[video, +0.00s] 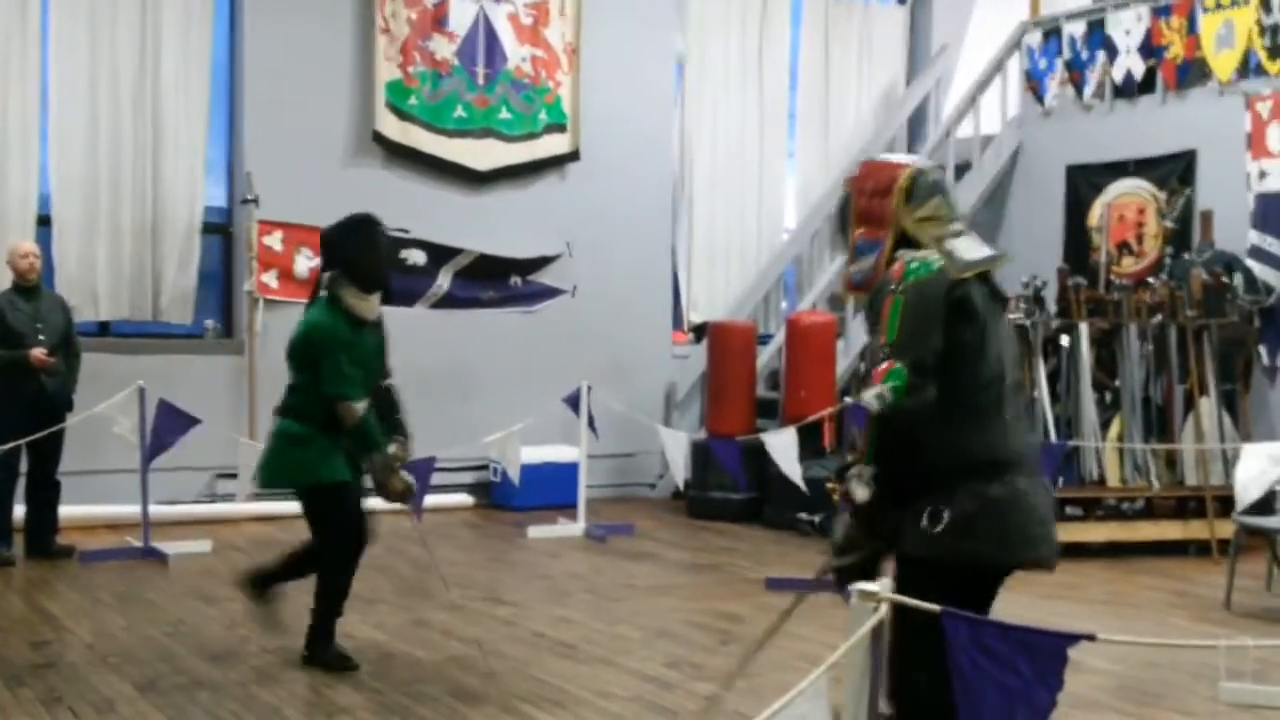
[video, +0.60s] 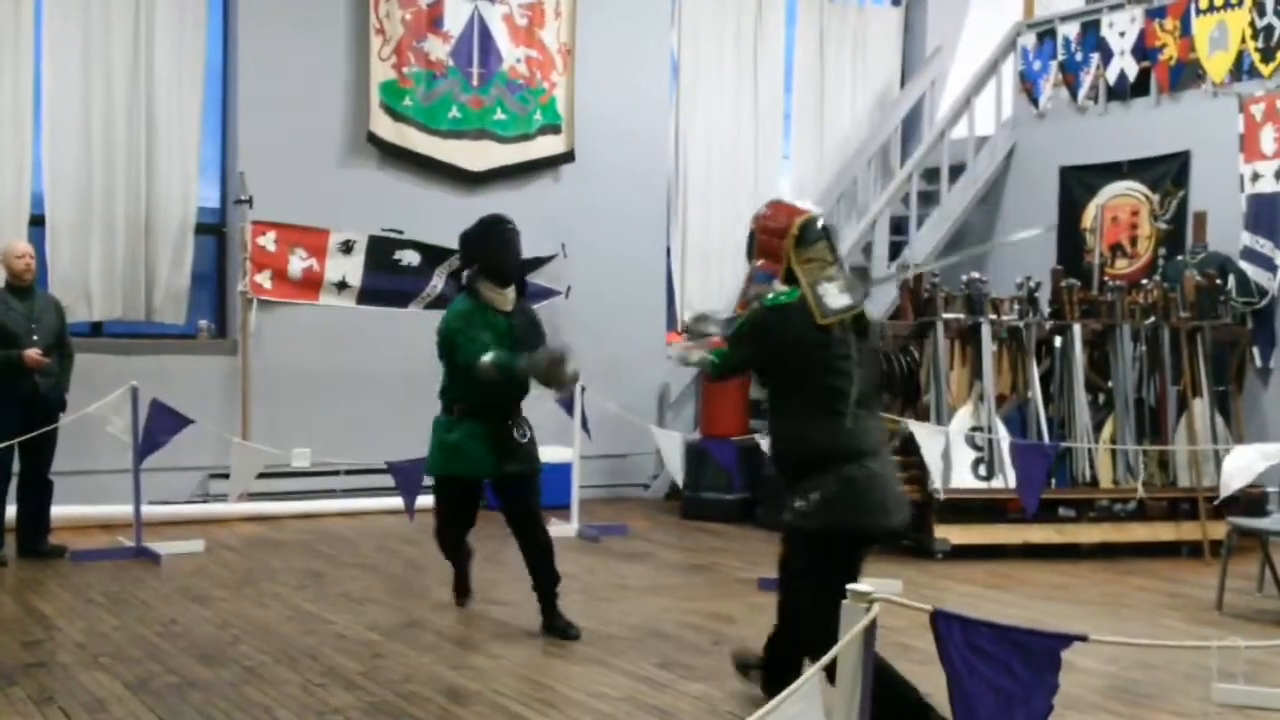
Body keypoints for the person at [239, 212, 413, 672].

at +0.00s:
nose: (385, 262)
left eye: (383, 254)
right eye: (377, 254)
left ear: (353, 264)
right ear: (355, 262)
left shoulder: (367, 317)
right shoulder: (323, 327)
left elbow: (379, 382)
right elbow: (345, 405)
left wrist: (396, 433)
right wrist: (377, 459)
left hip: (342, 445)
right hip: (308, 445)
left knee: (348, 536)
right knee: (342, 538)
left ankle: (265, 579)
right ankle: (319, 643)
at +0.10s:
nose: (409, 262)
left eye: (410, 254)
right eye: (401, 254)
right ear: (378, 261)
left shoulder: (401, 322)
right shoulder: (349, 326)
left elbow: (414, 384)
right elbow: (365, 403)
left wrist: (424, 434)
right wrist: (395, 459)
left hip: (382, 442)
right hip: (341, 442)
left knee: (417, 517)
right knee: (361, 536)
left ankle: (377, 597)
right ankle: (322, 636)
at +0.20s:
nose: (439, 266)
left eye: (439, 258)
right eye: (432, 258)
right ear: (411, 265)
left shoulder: (438, 327)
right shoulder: (375, 329)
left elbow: (450, 390)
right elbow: (382, 403)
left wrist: (450, 444)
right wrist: (409, 456)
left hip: (420, 450)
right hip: (374, 451)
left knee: (465, 521)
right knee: (378, 533)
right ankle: (326, 637)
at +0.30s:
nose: (466, 277)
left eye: (467, 268)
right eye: (457, 270)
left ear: (468, 277)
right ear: (435, 277)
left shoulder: (476, 329)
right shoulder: (409, 334)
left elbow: (487, 388)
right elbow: (412, 406)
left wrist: (479, 438)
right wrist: (431, 464)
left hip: (462, 454)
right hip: (414, 458)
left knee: (509, 535)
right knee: (388, 544)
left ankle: (538, 617)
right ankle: (332, 634)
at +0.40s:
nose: (492, 276)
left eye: (497, 268)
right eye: (482, 269)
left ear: (503, 272)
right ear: (463, 272)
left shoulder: (516, 327)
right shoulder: (439, 330)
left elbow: (533, 386)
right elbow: (438, 397)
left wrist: (516, 430)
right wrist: (461, 443)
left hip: (498, 441)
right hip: (446, 441)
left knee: (537, 530)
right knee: (421, 529)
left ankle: (538, 616)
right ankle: (368, 616)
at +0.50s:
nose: (508, 256)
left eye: (509, 247)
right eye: (498, 249)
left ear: (514, 256)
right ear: (475, 258)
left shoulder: (524, 317)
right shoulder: (450, 319)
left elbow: (544, 370)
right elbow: (455, 386)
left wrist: (538, 411)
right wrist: (501, 418)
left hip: (508, 440)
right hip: (453, 441)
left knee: (533, 528)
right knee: (435, 523)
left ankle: (541, 612)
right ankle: (419, 577)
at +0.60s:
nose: (510, 265)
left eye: (513, 258)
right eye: (501, 258)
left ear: (518, 265)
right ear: (481, 264)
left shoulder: (524, 316)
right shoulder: (459, 319)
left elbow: (540, 366)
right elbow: (483, 368)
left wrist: (558, 375)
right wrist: (531, 366)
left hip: (510, 431)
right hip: (461, 434)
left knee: (529, 524)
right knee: (450, 529)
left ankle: (550, 609)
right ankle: (461, 565)